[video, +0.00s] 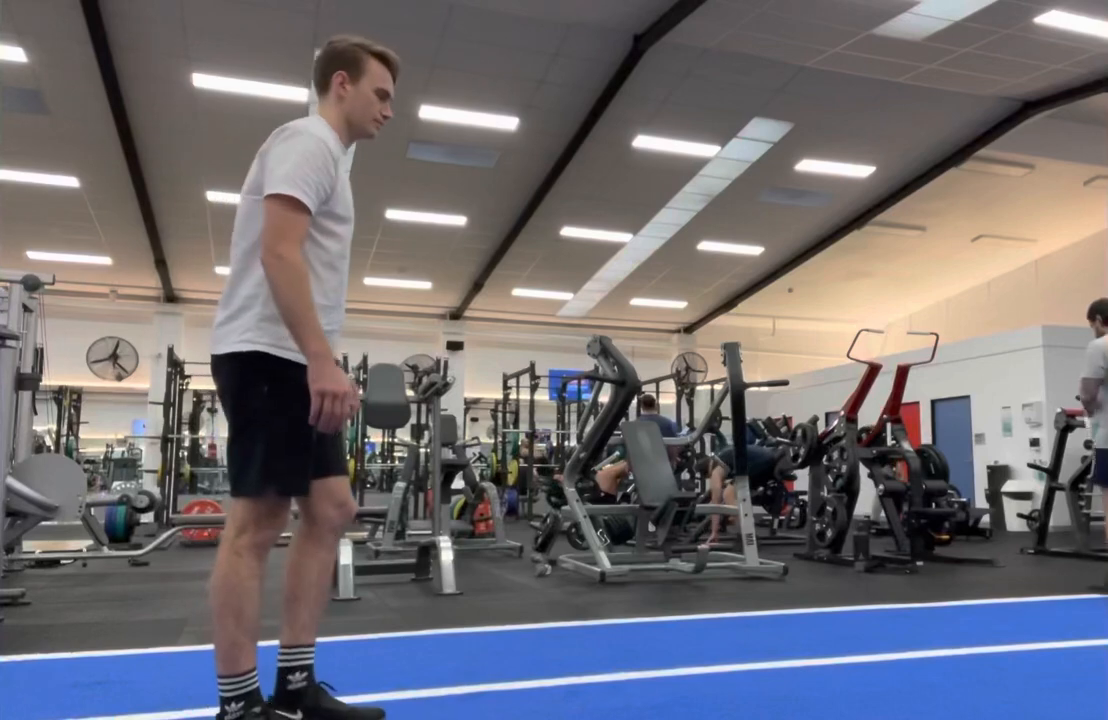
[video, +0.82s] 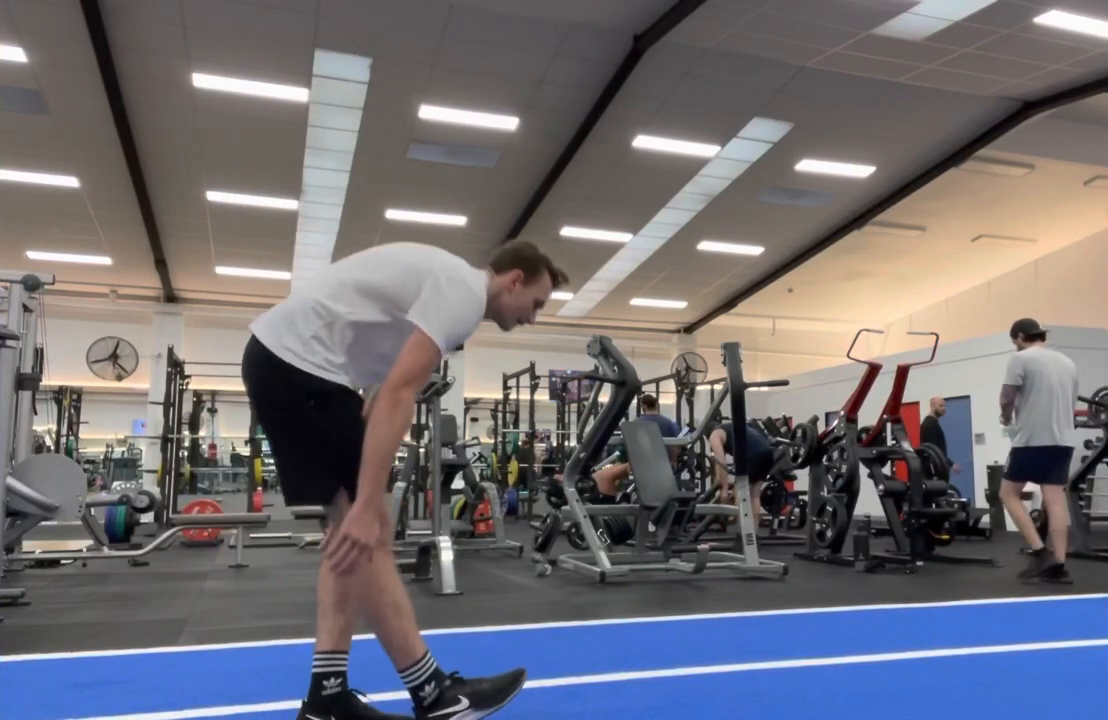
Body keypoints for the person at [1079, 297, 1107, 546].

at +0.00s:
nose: (1091, 329)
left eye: (1091, 324)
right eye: (1091, 324)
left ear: (1100, 321)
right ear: (1103, 320)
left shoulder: (1100, 345)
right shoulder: (1099, 345)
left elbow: (1088, 392)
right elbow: (1089, 392)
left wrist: (1092, 411)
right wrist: (1091, 409)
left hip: (1104, 435)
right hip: (1102, 434)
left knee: (1104, 490)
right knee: (1103, 489)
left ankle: (1105, 541)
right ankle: (1104, 540)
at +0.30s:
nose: (1059, 334)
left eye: (1058, 330)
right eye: (1058, 330)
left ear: (1065, 328)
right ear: (1088, 325)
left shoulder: (1062, 351)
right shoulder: (1103, 347)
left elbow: (1047, 393)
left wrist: (1066, 412)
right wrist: (1066, 410)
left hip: (1084, 434)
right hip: (1103, 432)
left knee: (1098, 503)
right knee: (1091, 502)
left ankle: (1102, 565)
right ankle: (1090, 565)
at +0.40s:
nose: (1050, 339)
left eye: (1049, 335)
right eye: (1049, 335)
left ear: (1055, 333)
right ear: (1080, 331)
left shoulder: (1054, 356)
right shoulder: (1101, 354)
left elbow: (1039, 397)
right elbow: (1100, 392)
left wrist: (1058, 418)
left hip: (1071, 438)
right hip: (1102, 436)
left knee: (1093, 505)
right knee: (1081, 503)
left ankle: (1106, 564)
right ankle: (1066, 562)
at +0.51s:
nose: (1041, 343)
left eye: (1041, 339)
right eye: (1041, 339)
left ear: (1047, 336)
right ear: (1072, 335)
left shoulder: (1045, 359)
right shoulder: (1096, 362)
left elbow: (1031, 400)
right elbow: (1103, 401)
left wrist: (1048, 421)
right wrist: (1090, 420)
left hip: (1061, 441)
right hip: (1093, 441)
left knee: (1077, 506)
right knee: (1066, 505)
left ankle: (1105, 562)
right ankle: (1060, 565)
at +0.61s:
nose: (1033, 343)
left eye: (1033, 339)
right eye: (1033, 339)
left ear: (1039, 336)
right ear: (1063, 336)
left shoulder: (1036, 357)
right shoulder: (1087, 363)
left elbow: (1023, 399)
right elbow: (1094, 407)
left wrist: (1036, 420)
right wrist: (1076, 422)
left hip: (1049, 440)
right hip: (1079, 441)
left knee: (1045, 503)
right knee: (1064, 503)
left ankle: (1089, 549)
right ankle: (1058, 565)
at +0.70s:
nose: (1024, 343)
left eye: (1024, 339)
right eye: (1023, 339)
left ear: (1030, 336)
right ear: (1053, 335)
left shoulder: (1028, 358)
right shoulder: (1077, 362)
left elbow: (1014, 398)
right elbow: (1083, 408)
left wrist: (1024, 420)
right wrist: (1061, 416)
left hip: (1039, 441)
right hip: (1070, 442)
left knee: (1023, 498)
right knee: (1058, 498)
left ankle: (1064, 543)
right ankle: (1059, 562)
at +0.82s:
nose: (1014, 346)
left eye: (1014, 342)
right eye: (1013, 342)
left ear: (1019, 338)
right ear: (1042, 337)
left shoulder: (1020, 358)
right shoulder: (1067, 363)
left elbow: (1007, 398)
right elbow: (1072, 401)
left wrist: (1006, 417)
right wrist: (1056, 421)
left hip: (1031, 440)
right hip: (1063, 441)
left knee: (1009, 494)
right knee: (1055, 500)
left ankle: (1038, 550)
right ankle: (1058, 564)